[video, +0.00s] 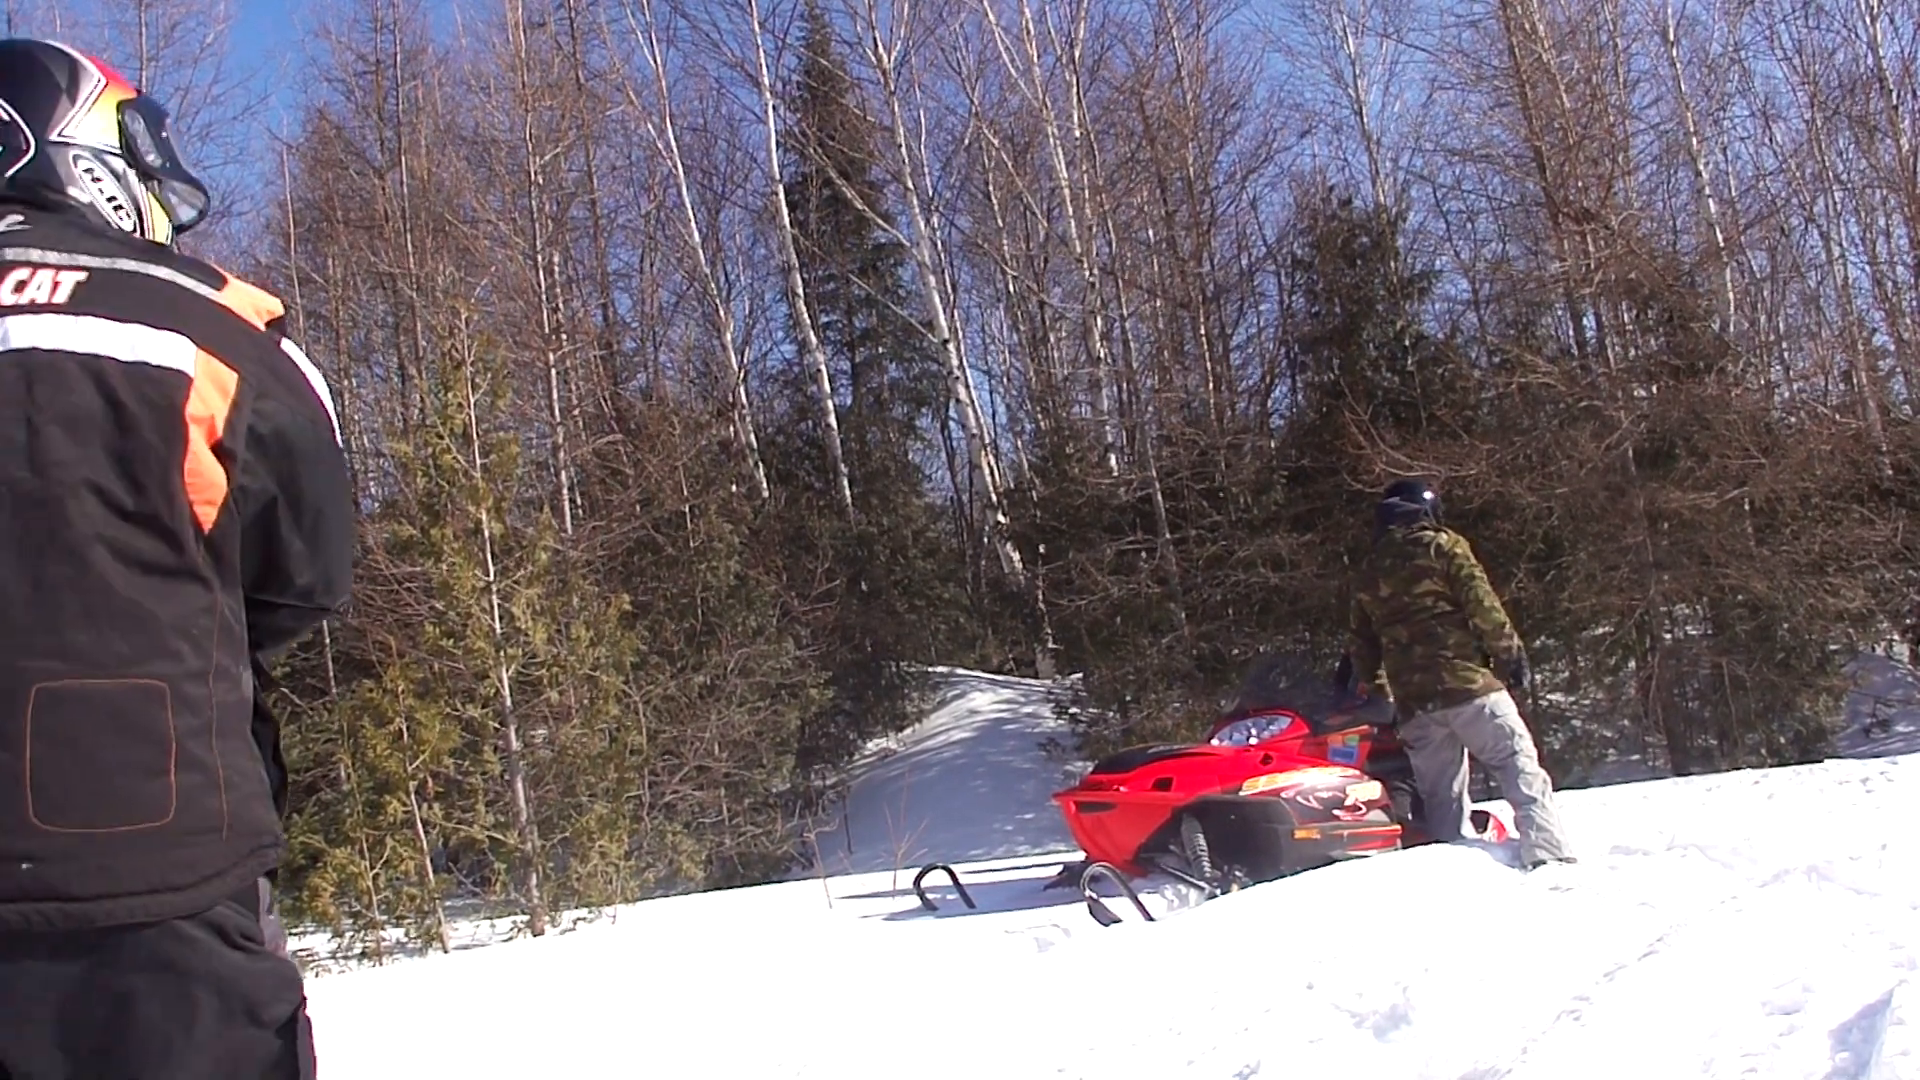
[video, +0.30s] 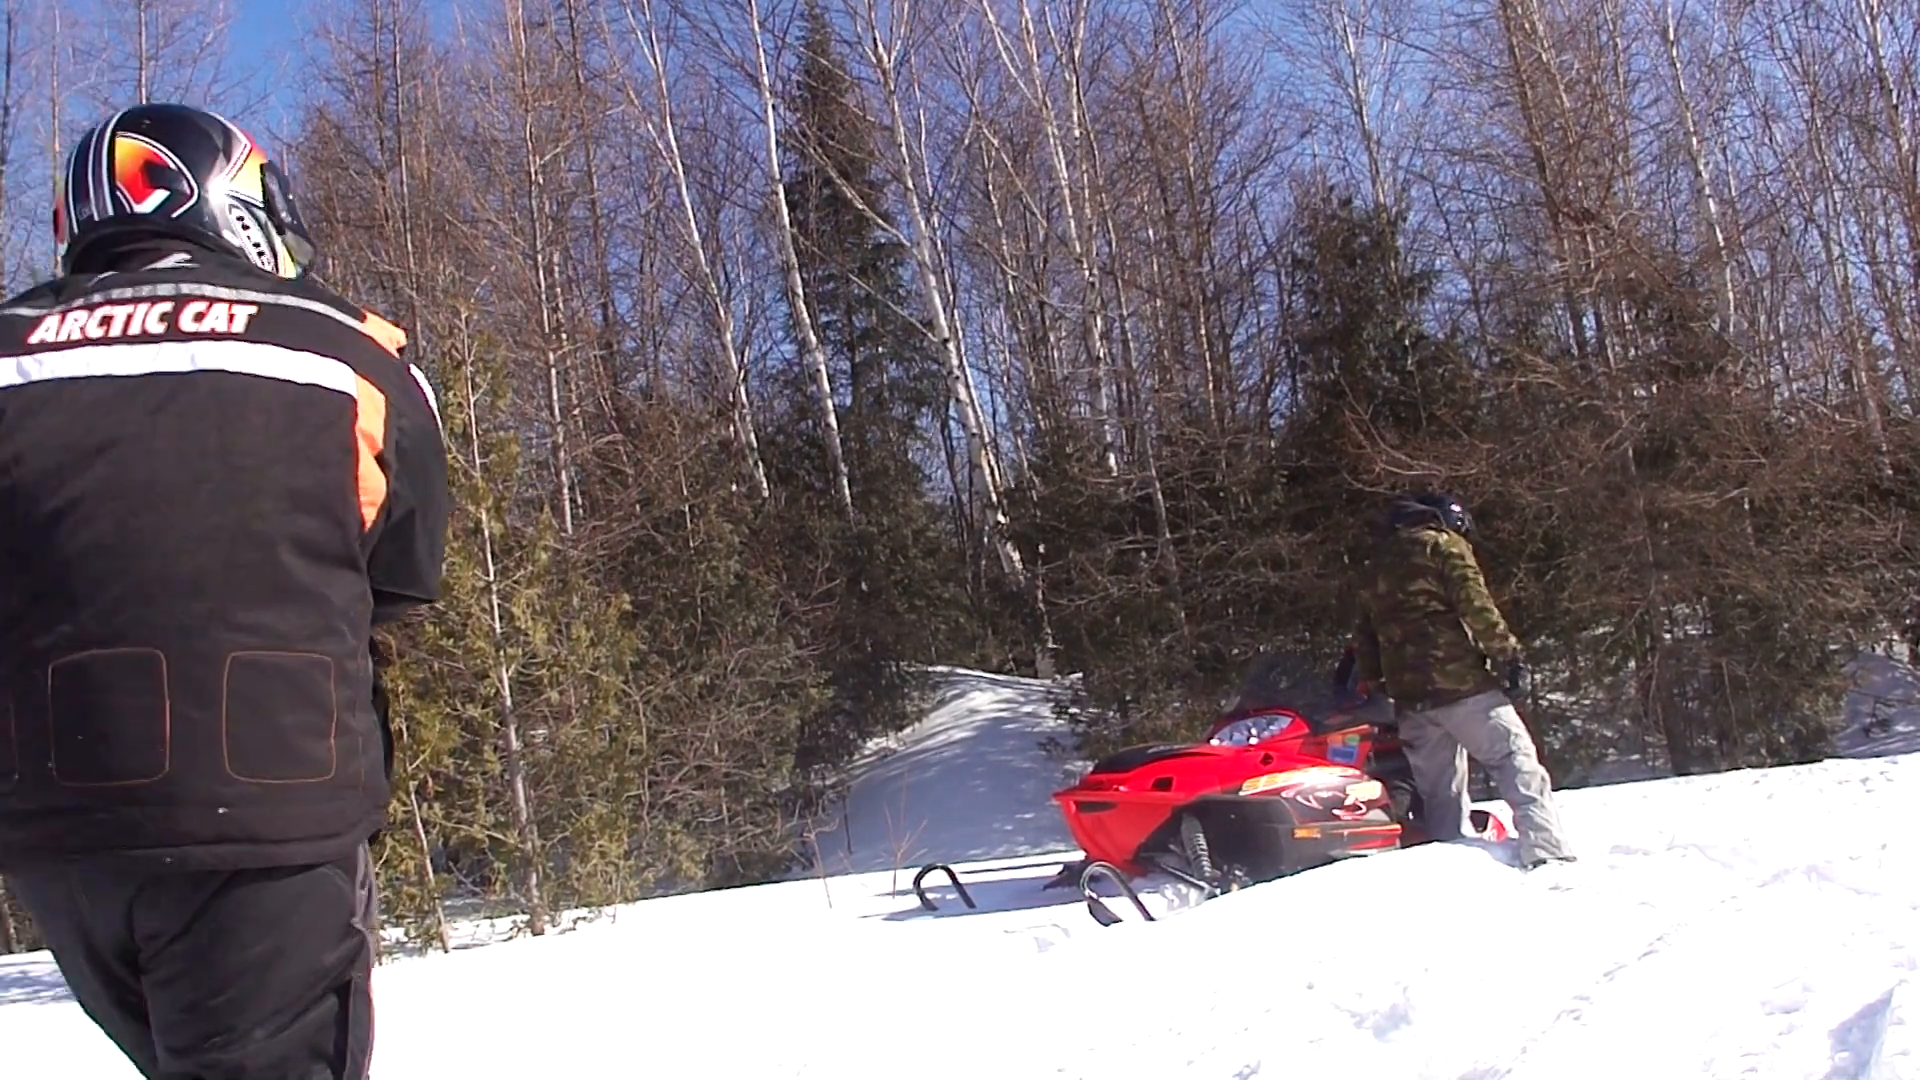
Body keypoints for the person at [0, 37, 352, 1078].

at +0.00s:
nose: (180, 190)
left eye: (166, 156)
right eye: (153, 154)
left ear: (19, 164)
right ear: (101, 157)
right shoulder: (219, 323)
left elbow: (304, 579)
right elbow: (308, 579)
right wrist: (182, 642)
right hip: (161, 940)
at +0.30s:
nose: (294, 228)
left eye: (285, 207)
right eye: (280, 205)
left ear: (79, 219)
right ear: (250, 209)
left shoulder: (13, 339)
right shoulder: (357, 349)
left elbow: (16, 568)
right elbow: (403, 577)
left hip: (56, 846)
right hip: (267, 839)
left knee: (183, 1059)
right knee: (265, 1059)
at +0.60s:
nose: (355, 286)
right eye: (342, 268)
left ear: (167, 286)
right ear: (318, 272)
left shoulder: (63, 415)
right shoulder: (427, 403)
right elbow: (475, 596)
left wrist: (36, 728)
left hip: (173, 822)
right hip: (366, 814)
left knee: (263, 1059)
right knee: (375, 1057)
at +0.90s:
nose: (457, 319)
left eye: (450, 299)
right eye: (443, 297)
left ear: (286, 311)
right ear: (415, 300)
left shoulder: (181, 428)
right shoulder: (500, 420)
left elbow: (68, 550)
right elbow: (557, 603)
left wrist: (149, 712)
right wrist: (477, 674)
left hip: (260, 818)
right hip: (451, 805)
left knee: (324, 1057)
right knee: (538, 1049)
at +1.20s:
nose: (588, 375)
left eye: (581, 357)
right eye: (578, 356)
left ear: (427, 377)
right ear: (556, 363)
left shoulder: (341, 494)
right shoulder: (642, 479)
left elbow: (256, 627)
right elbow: (698, 646)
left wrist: (330, 753)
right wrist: (611, 701)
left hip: (426, 849)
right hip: (601, 845)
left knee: (443, 1047)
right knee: (648, 1050)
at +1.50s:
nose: (670, 382)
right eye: (662, 368)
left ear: (529, 388)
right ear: (645, 374)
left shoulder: (461, 498)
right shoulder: (737, 485)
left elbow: (391, 629)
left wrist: (455, 754)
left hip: (543, 812)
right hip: (694, 807)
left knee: (623, 1002)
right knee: (675, 1027)